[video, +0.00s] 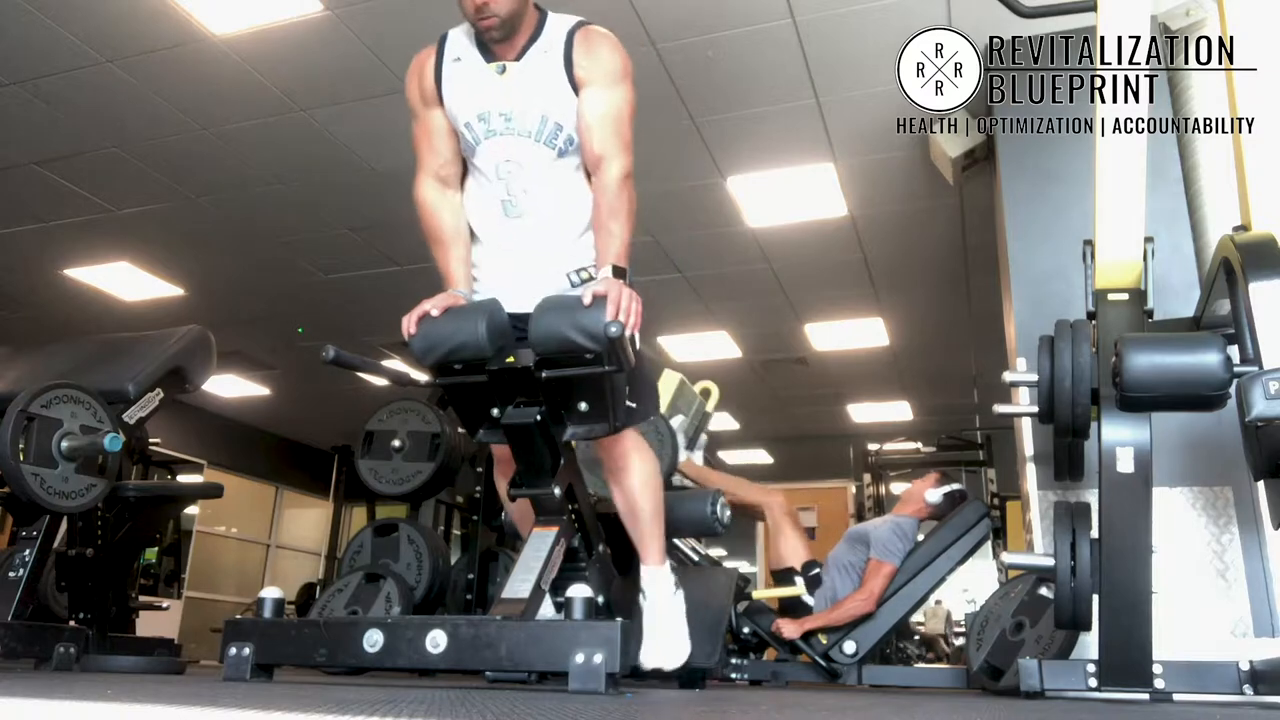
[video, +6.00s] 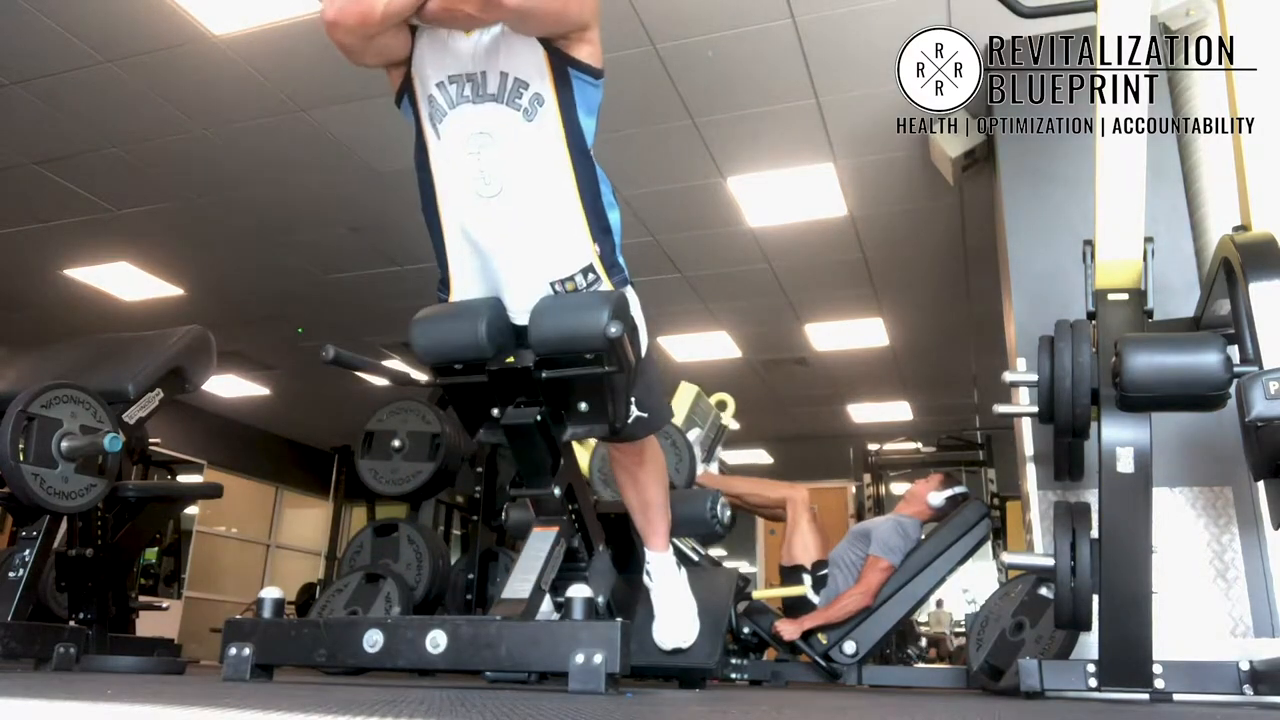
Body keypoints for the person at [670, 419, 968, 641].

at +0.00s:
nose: (920, 478)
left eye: (928, 479)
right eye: (927, 476)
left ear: (928, 497)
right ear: (929, 506)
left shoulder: (896, 529)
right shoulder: (895, 525)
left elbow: (868, 600)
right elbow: (868, 596)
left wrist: (803, 624)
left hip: (810, 606)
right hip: (813, 597)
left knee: (776, 501)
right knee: (776, 502)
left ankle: (684, 463)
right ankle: (693, 466)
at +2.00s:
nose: (873, 494)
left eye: (877, 485)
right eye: (873, 486)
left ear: (900, 483)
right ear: (899, 485)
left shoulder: (897, 530)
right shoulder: (899, 526)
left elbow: (866, 597)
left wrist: (802, 625)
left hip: (814, 606)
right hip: (819, 599)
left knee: (814, 498)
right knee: (814, 502)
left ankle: (718, 488)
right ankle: (731, 497)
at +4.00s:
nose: (908, 476)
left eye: (917, 474)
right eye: (916, 471)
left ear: (924, 490)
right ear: (928, 498)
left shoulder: (896, 527)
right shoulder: (902, 526)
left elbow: (864, 592)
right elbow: (864, 592)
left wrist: (801, 624)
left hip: (811, 606)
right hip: (816, 601)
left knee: (773, 502)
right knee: (774, 506)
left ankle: (681, 464)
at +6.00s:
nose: (920, 479)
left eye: (928, 480)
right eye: (927, 476)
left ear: (931, 498)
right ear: (933, 505)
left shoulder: (895, 528)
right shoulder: (902, 526)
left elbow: (865, 595)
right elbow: (865, 593)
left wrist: (801, 624)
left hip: (813, 603)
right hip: (819, 598)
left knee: (798, 497)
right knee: (797, 502)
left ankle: (704, 476)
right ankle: (720, 488)